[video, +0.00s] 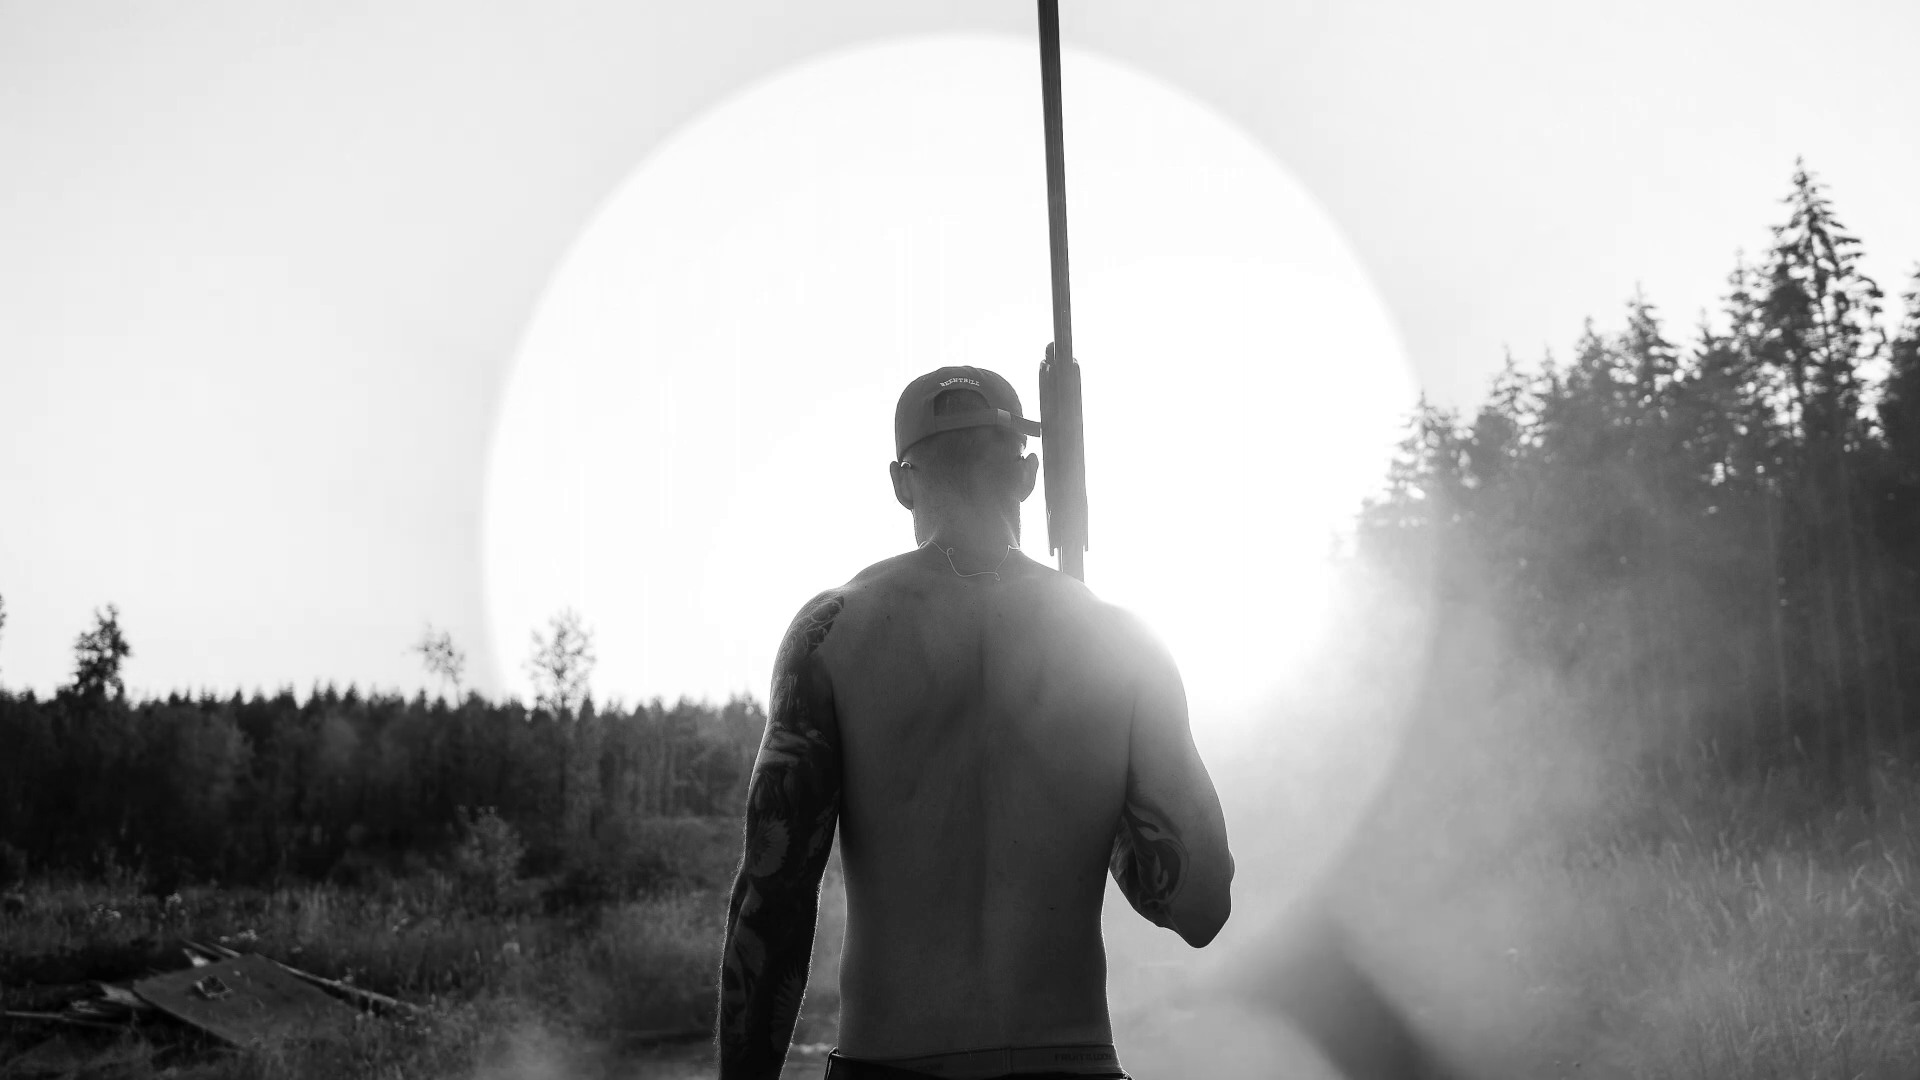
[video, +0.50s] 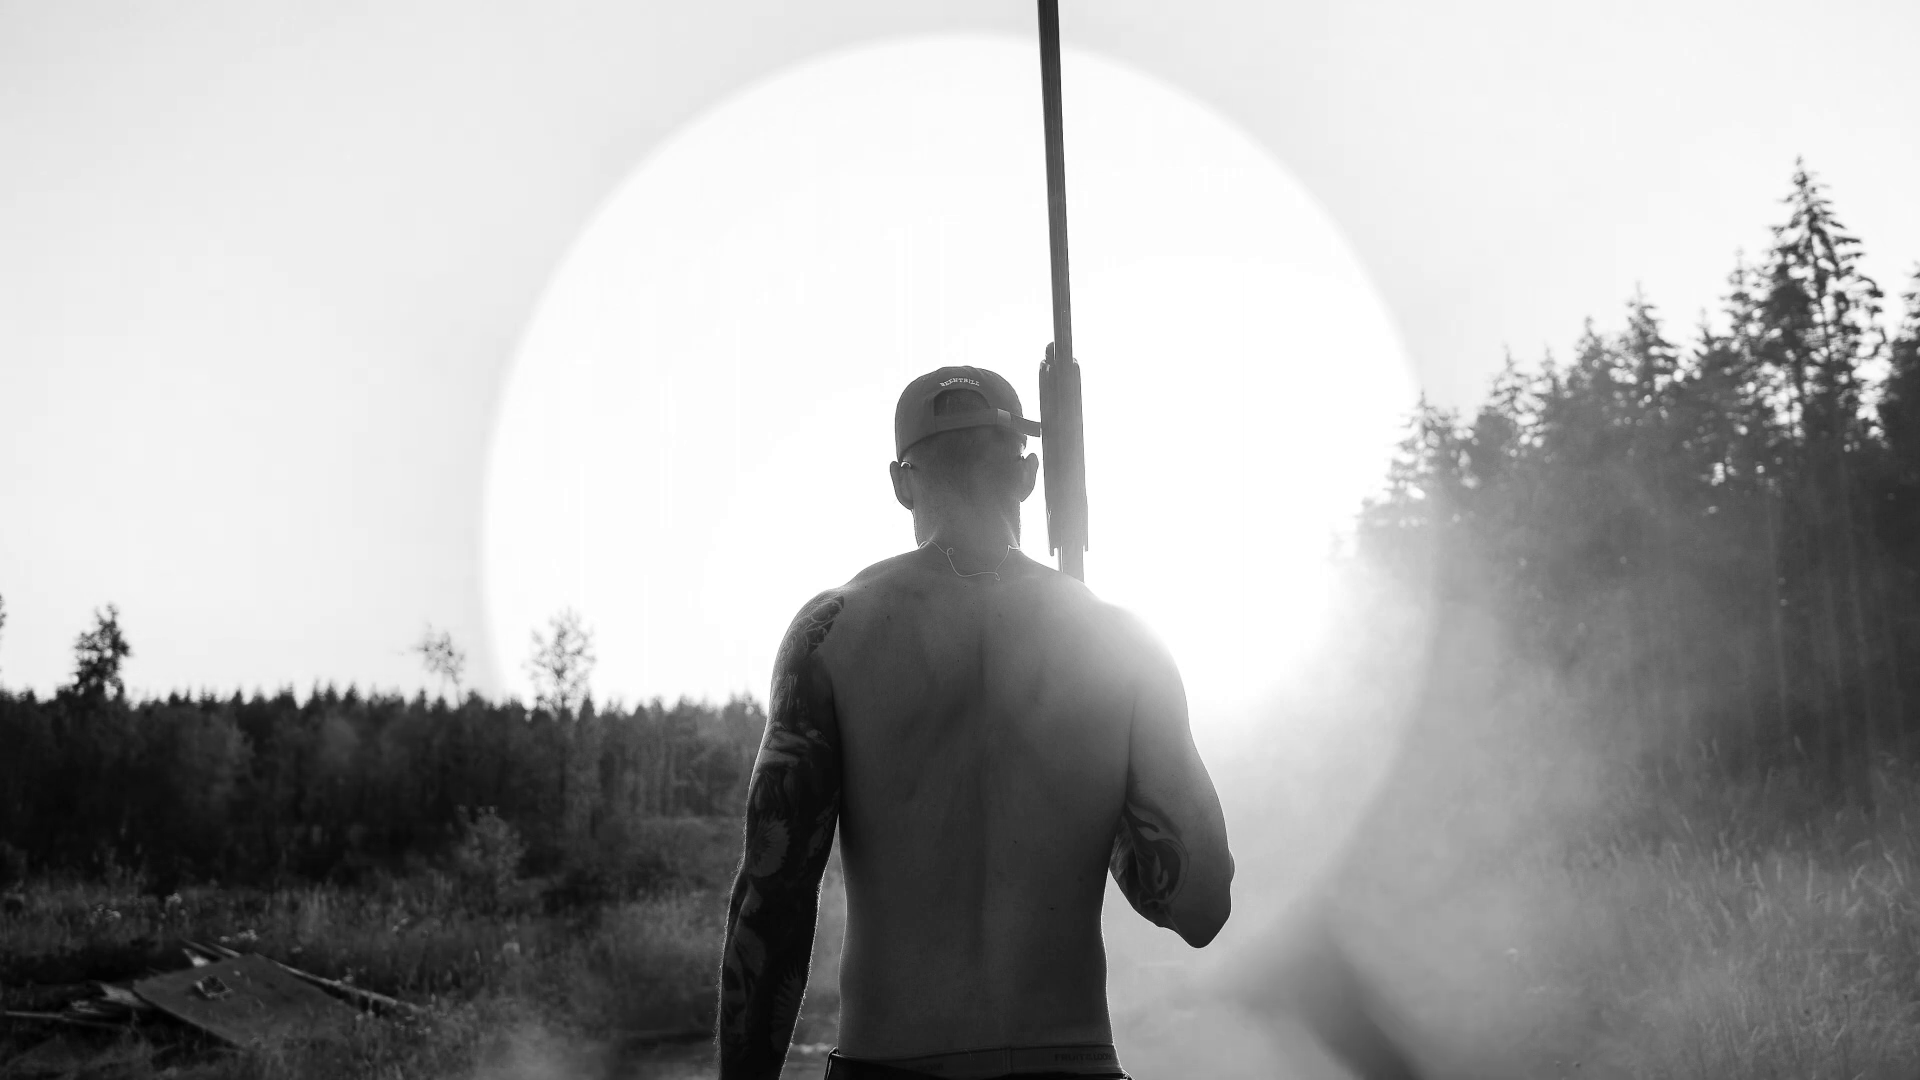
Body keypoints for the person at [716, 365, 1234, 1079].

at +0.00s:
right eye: (1017, 451)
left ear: (902, 484)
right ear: (1028, 477)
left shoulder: (831, 630)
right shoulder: (1121, 640)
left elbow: (772, 887)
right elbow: (1201, 904)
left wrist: (748, 1063)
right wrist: (1100, 801)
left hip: (885, 1046)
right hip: (1067, 1046)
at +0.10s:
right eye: (1017, 451)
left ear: (902, 484)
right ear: (1028, 477)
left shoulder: (831, 630)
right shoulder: (1121, 640)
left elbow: (772, 887)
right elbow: (1201, 904)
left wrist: (748, 1063)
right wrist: (1100, 801)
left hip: (885, 1046)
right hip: (1067, 1045)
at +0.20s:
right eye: (1017, 451)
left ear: (902, 484)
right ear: (1028, 477)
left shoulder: (831, 630)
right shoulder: (1121, 640)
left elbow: (772, 887)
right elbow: (1201, 904)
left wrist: (748, 1063)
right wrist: (1100, 801)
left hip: (885, 1046)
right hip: (1067, 1046)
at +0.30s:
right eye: (1017, 451)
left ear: (902, 484)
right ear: (1028, 477)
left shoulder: (831, 630)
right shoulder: (1121, 640)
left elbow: (772, 887)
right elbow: (1201, 904)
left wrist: (748, 1063)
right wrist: (1100, 801)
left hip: (885, 1046)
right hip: (1067, 1045)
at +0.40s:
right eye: (1017, 451)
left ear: (902, 484)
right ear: (1028, 477)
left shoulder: (831, 630)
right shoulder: (1121, 640)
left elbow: (772, 887)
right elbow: (1201, 904)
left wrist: (748, 1063)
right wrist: (1100, 801)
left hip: (885, 1046)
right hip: (1067, 1045)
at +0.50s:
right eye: (1017, 451)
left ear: (902, 484)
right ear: (1028, 477)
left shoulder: (831, 630)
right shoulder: (1121, 640)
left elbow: (772, 887)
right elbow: (1201, 904)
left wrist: (748, 1063)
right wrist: (1100, 801)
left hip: (885, 1046)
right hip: (1067, 1045)